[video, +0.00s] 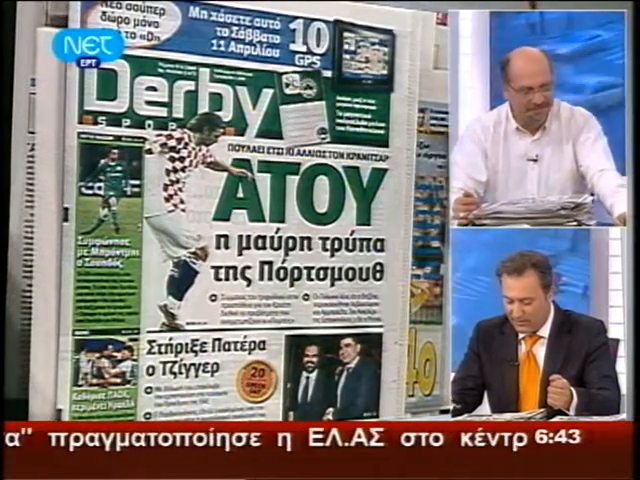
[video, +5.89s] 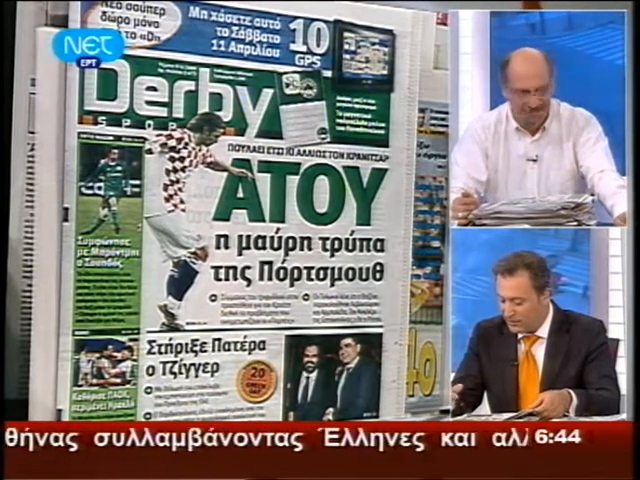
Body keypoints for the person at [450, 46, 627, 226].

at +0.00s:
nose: (538, 99)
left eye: (545, 88)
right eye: (527, 91)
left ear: (553, 83)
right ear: (506, 90)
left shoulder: (579, 123)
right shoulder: (482, 131)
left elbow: (603, 173)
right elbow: (462, 189)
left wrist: (624, 210)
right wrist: (463, 208)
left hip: (567, 245)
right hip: (499, 245)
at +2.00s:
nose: (538, 105)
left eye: (545, 93)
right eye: (526, 96)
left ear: (553, 84)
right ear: (506, 92)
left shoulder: (580, 123)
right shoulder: (483, 131)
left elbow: (603, 174)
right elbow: (462, 189)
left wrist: (624, 210)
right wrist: (463, 208)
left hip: (566, 245)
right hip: (500, 244)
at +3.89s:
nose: (529, 104)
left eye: (537, 94)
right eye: (518, 95)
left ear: (551, 86)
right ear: (504, 90)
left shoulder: (580, 124)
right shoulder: (482, 131)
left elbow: (603, 174)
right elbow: (462, 187)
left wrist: (624, 211)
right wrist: (462, 208)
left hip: (567, 245)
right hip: (499, 245)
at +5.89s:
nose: (534, 103)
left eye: (541, 91)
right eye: (523, 93)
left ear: (552, 85)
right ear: (505, 90)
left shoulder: (580, 124)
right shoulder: (482, 131)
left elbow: (603, 174)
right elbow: (463, 187)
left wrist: (624, 211)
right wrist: (463, 208)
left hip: (567, 245)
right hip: (500, 245)